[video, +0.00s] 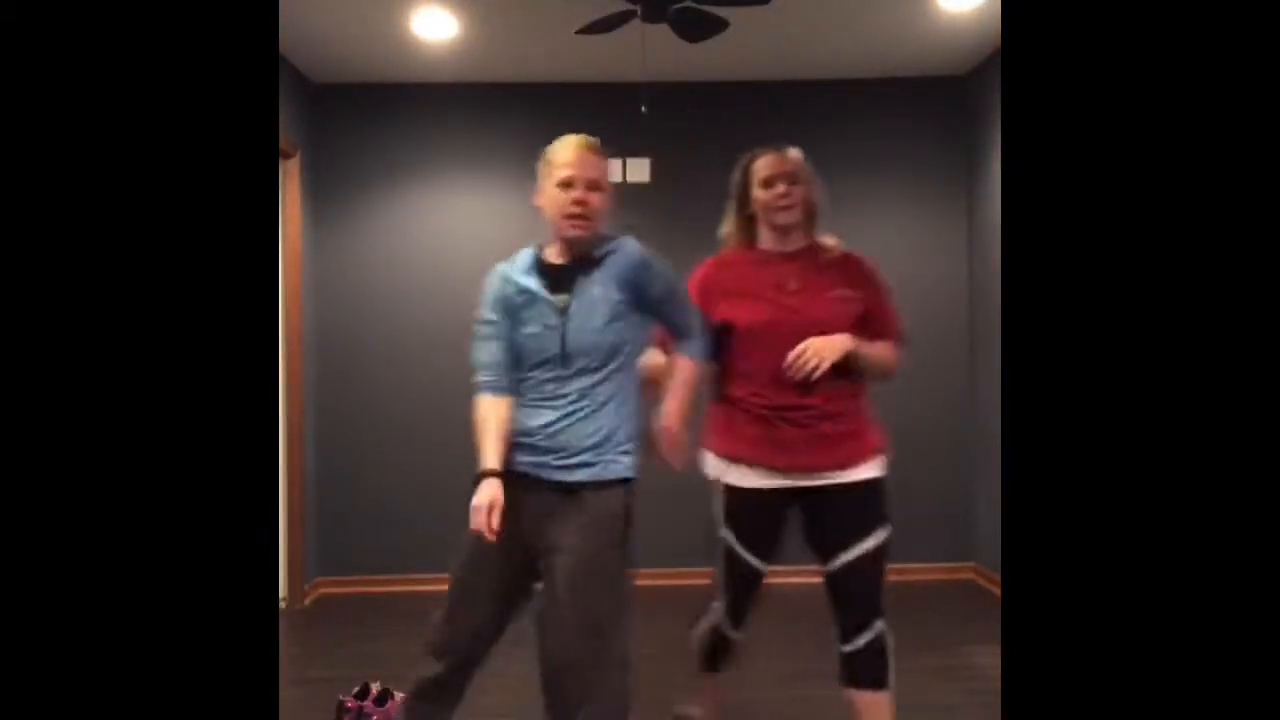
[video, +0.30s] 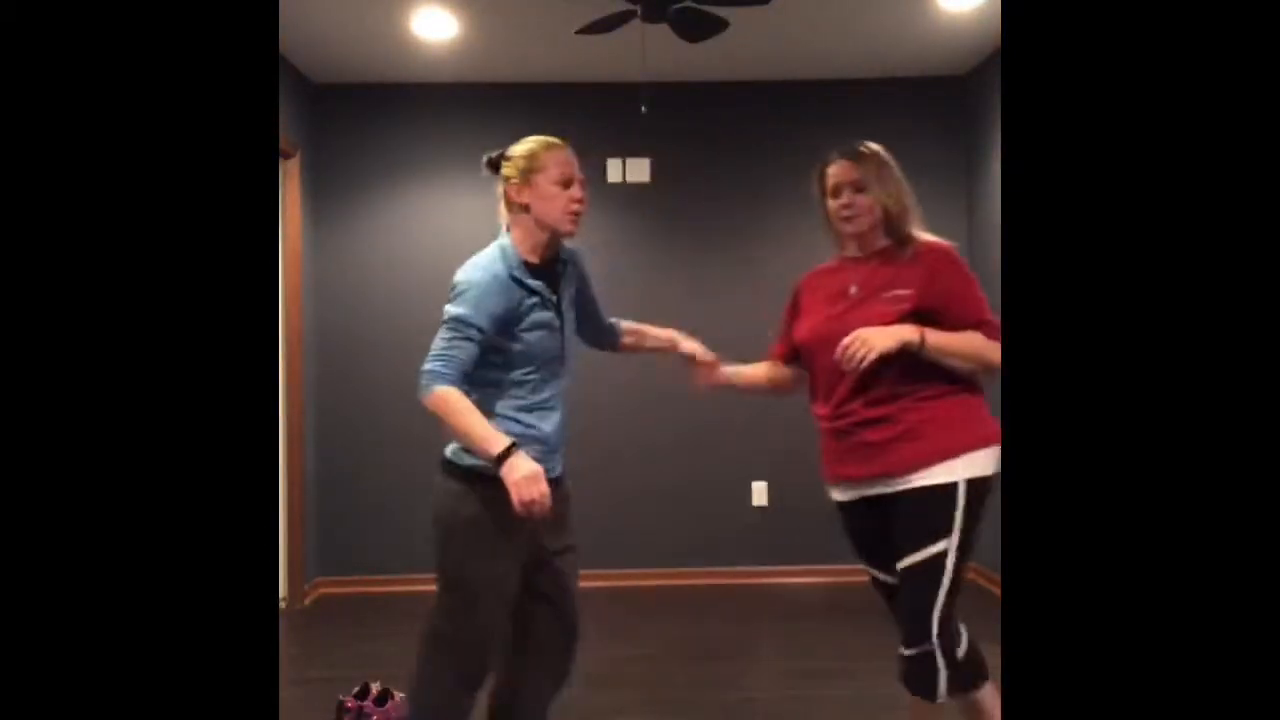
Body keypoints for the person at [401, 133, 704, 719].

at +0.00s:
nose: (581, 199)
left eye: (594, 188)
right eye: (567, 186)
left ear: (610, 199)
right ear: (540, 196)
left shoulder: (631, 268)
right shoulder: (508, 281)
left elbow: (691, 334)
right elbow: (493, 384)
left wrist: (673, 413)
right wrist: (490, 473)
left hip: (597, 488)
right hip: (517, 484)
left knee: (582, 647)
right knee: (459, 635)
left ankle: (588, 716)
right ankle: (418, 710)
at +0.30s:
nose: (580, 197)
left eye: (581, 185)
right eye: (565, 185)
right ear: (520, 196)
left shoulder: (565, 267)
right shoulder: (486, 280)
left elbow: (600, 332)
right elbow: (436, 385)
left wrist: (675, 340)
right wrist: (510, 456)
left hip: (545, 488)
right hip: (480, 492)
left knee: (547, 644)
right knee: (463, 650)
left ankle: (514, 716)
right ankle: (427, 716)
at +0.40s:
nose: (587, 198)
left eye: (587, 186)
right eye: (572, 186)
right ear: (528, 199)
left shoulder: (568, 266)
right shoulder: (501, 281)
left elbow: (623, 320)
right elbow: (447, 385)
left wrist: (699, 313)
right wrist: (525, 449)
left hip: (540, 475)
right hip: (498, 478)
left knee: (555, 641)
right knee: (531, 646)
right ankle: (468, 711)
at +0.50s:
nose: (605, 192)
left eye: (602, 180)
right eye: (590, 181)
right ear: (548, 196)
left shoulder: (590, 264)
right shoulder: (524, 279)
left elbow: (668, 300)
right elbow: (477, 385)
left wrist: (730, 285)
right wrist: (554, 435)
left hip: (549, 469)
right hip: (525, 471)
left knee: (537, 624)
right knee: (612, 605)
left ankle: (510, 712)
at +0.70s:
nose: (657, 198)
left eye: (652, 187)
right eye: (644, 189)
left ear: (618, 204)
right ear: (607, 204)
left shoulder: (642, 261)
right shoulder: (580, 290)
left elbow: (718, 236)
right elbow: (559, 398)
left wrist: (757, 198)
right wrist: (642, 414)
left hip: (635, 470)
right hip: (608, 475)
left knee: (621, 620)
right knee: (669, 622)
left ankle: (554, 710)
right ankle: (676, 713)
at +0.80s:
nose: (682, 198)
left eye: (676, 187)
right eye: (668, 188)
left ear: (640, 203)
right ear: (633, 203)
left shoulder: (666, 260)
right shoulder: (603, 293)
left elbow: (741, 220)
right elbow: (596, 398)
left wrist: (783, 145)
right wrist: (688, 402)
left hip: (678, 460)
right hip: (637, 468)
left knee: (714, 599)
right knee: (692, 611)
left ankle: (613, 706)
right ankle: (681, 711)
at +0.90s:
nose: (703, 194)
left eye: (698, 183)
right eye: (689, 184)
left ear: (663, 200)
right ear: (653, 199)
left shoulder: (690, 254)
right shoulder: (622, 290)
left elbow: (763, 201)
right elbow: (620, 393)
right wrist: (710, 388)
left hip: (708, 457)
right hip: (660, 463)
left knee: (757, 588)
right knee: (696, 611)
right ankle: (689, 709)